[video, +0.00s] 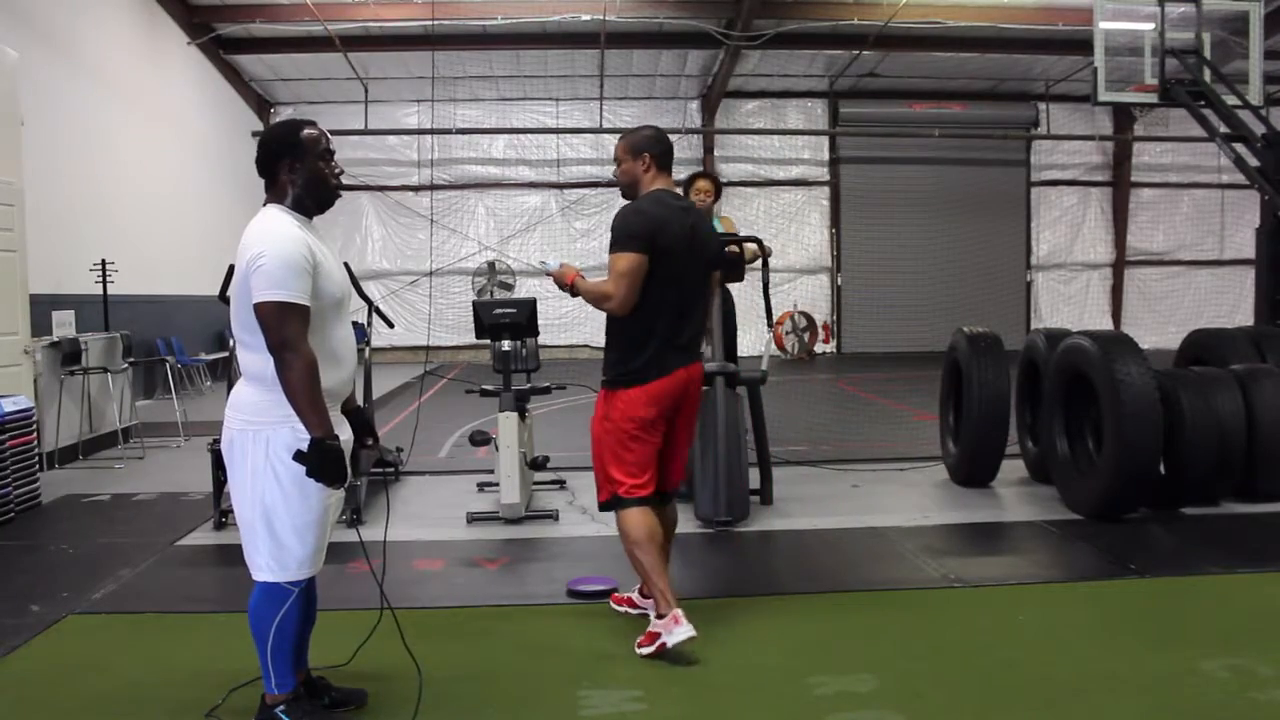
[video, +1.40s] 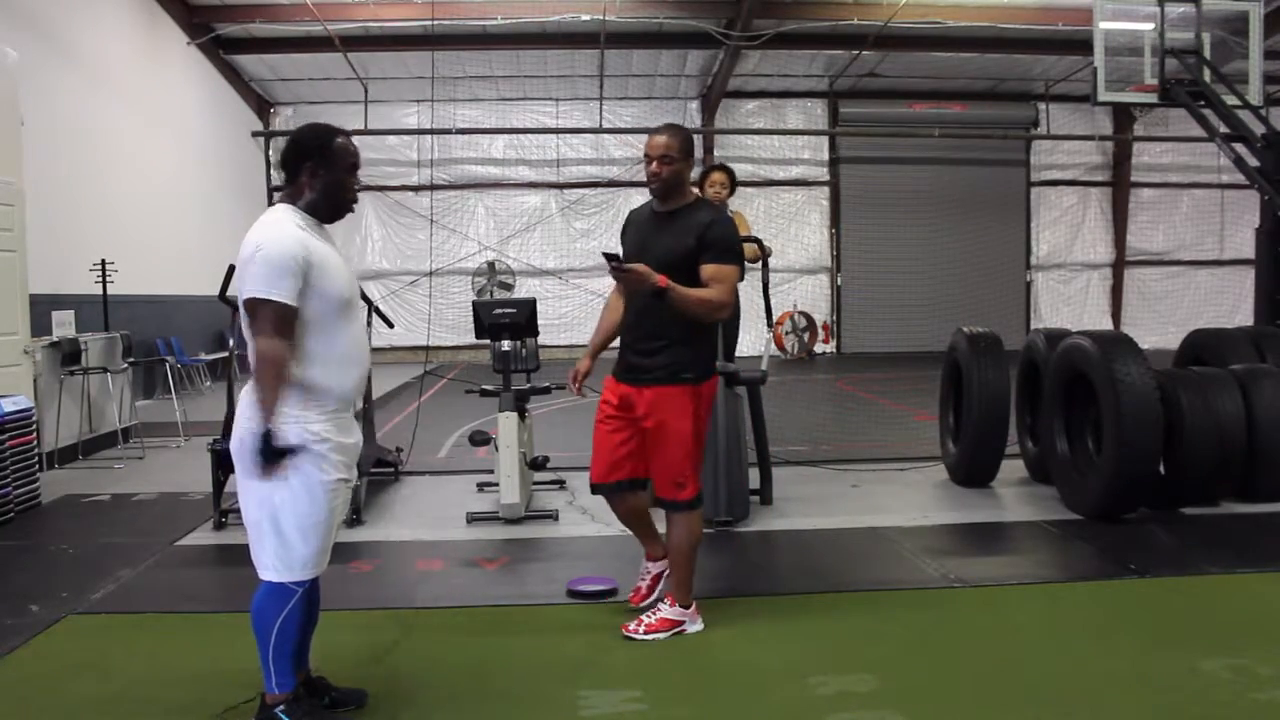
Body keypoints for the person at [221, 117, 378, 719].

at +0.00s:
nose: (338, 168)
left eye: (335, 156)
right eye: (326, 158)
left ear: (295, 171)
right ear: (291, 170)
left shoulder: (298, 237)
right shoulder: (276, 239)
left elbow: (316, 343)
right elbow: (286, 349)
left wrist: (353, 410)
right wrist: (323, 437)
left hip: (299, 429)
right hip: (275, 432)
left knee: (299, 566)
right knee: (282, 571)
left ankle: (296, 680)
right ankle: (280, 697)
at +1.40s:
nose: (357, 187)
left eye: (357, 174)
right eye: (350, 174)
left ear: (315, 175)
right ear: (312, 173)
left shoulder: (310, 235)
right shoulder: (279, 236)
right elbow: (268, 337)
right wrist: (266, 425)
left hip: (319, 427)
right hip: (289, 431)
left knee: (305, 568)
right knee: (288, 573)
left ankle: (298, 680)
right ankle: (279, 699)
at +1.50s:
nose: (370, 189)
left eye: (370, 177)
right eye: (363, 175)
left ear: (324, 175)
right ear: (324, 174)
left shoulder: (318, 236)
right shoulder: (282, 235)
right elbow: (243, 321)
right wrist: (202, 383)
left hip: (323, 429)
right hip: (291, 434)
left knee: (306, 566)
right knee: (287, 571)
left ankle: (299, 681)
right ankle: (278, 698)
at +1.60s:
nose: (378, 191)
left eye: (379, 179)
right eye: (371, 178)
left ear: (332, 177)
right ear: (330, 175)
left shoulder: (324, 239)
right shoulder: (284, 233)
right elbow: (237, 309)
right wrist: (191, 310)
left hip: (326, 426)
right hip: (292, 431)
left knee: (307, 565)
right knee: (289, 572)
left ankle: (297, 683)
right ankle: (280, 700)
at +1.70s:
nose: (378, 192)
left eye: (379, 179)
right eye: (370, 178)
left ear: (333, 178)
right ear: (331, 176)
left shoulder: (326, 235)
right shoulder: (289, 227)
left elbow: (327, 339)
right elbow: (241, 301)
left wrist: (356, 420)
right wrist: (240, 245)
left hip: (324, 426)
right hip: (290, 430)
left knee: (307, 566)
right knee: (290, 571)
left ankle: (299, 681)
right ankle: (280, 698)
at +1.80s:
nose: (369, 194)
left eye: (371, 185)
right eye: (363, 182)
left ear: (326, 174)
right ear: (330, 176)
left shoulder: (326, 234)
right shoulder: (286, 220)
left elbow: (353, 230)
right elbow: (262, 287)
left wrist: (375, 192)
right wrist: (313, 222)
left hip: (323, 423)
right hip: (287, 426)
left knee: (310, 562)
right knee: (292, 567)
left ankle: (299, 681)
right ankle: (279, 698)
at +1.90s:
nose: (378, 192)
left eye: (379, 180)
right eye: (371, 179)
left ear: (334, 177)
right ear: (332, 174)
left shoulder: (328, 232)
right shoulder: (290, 224)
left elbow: (366, 265)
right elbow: (286, 288)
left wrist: (416, 228)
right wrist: (363, 260)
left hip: (319, 420)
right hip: (283, 423)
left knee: (319, 562)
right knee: (304, 567)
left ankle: (299, 678)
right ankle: (280, 698)